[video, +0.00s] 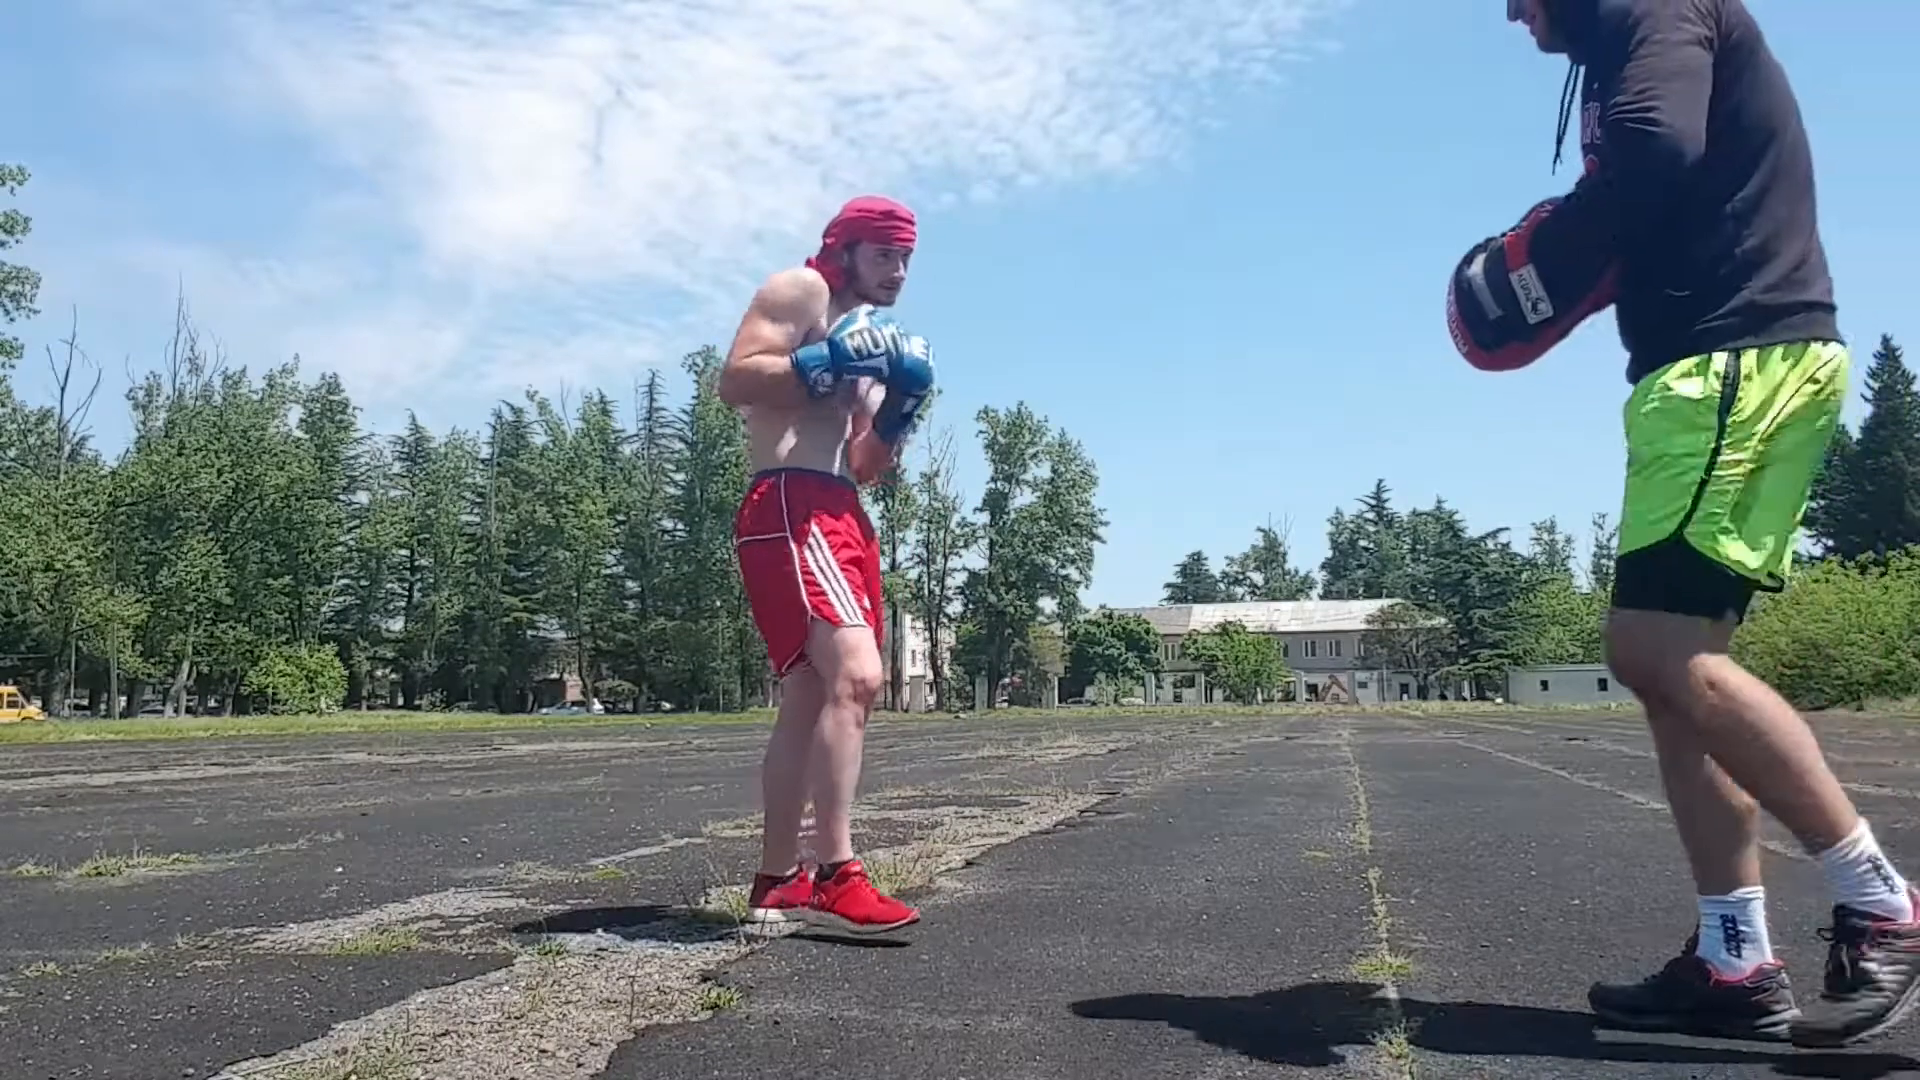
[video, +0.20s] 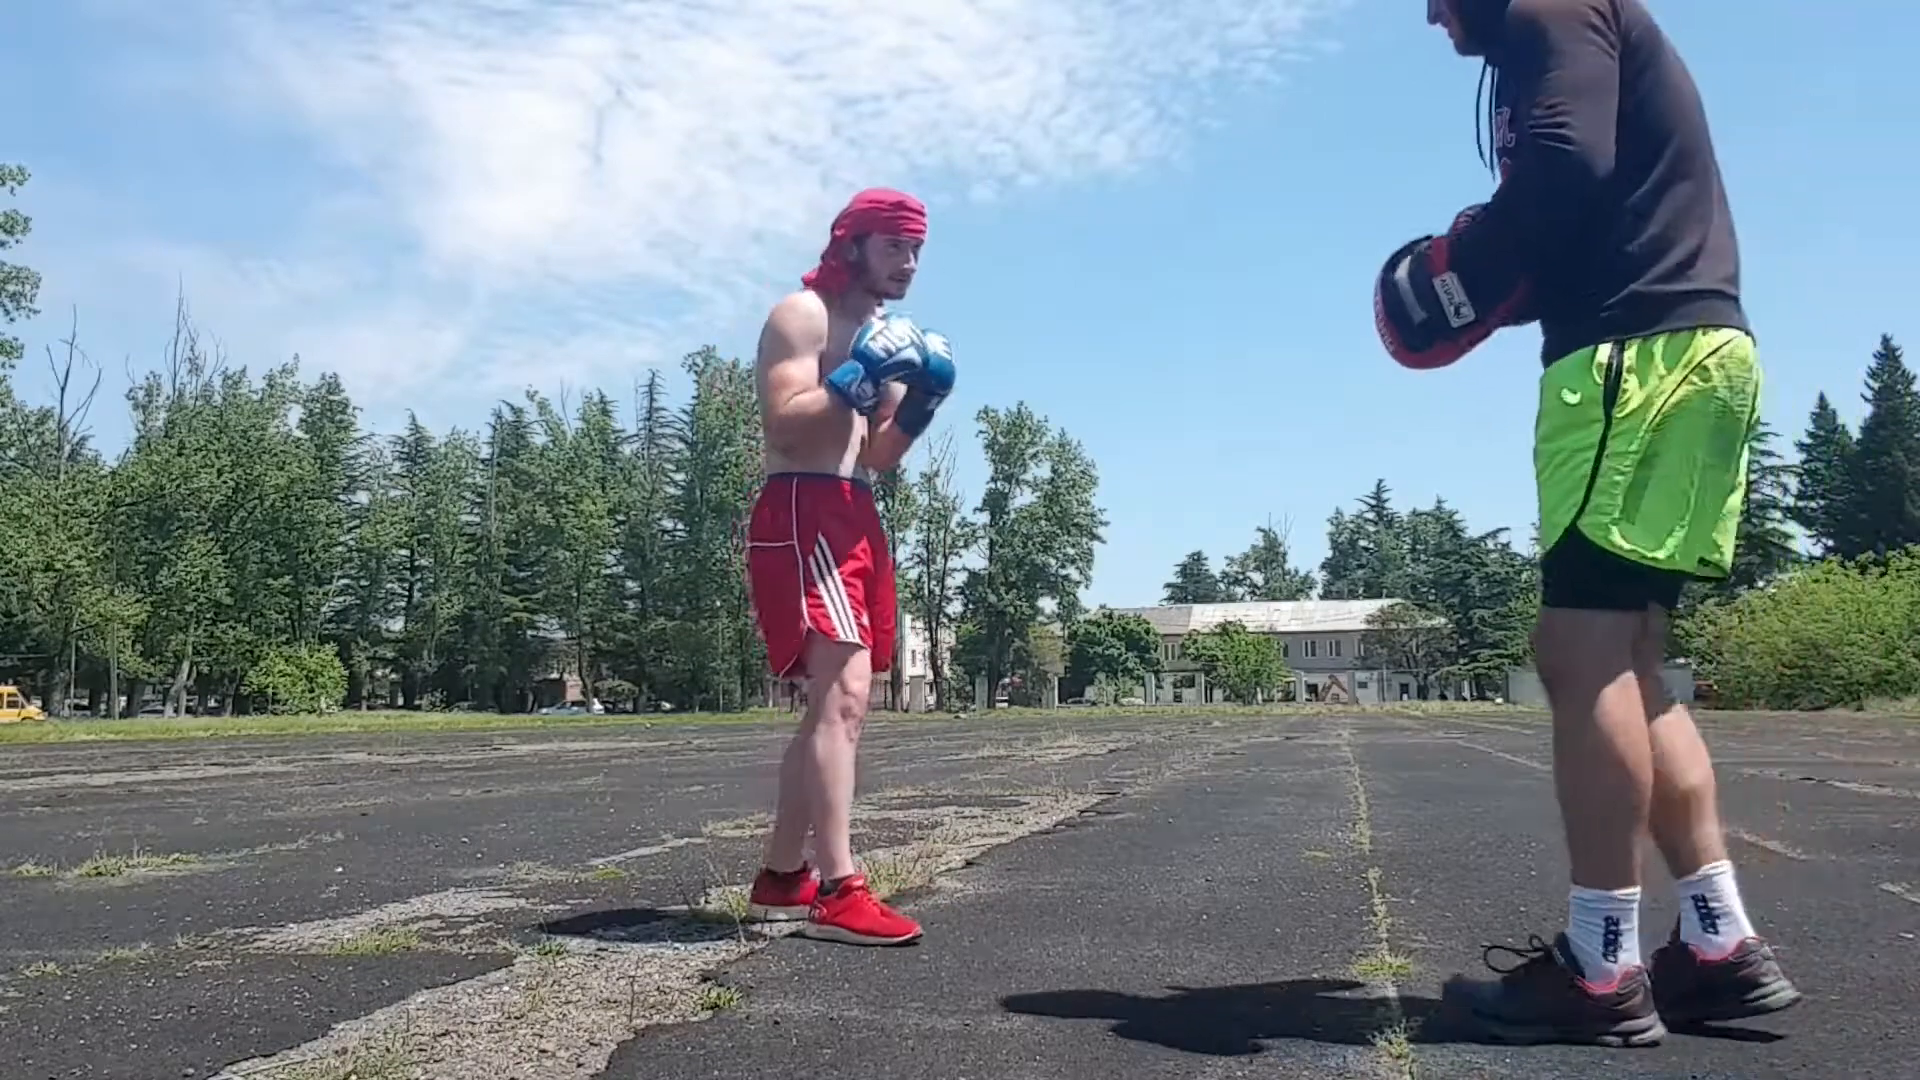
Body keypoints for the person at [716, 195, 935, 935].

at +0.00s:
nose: (899, 271)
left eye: (906, 259)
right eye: (886, 256)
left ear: (903, 264)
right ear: (842, 252)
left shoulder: (867, 339)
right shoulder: (801, 290)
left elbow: (864, 469)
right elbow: (733, 381)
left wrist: (897, 413)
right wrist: (827, 358)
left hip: (842, 517)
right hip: (792, 508)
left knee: (804, 701)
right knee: (855, 677)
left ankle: (778, 878)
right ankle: (835, 873)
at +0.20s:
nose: (908, 263)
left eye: (915, 252)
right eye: (896, 246)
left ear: (909, 260)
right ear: (850, 243)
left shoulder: (874, 334)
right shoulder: (801, 313)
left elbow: (878, 455)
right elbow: (784, 420)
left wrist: (921, 404)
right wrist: (863, 377)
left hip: (855, 514)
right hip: (804, 511)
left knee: (839, 699)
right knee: (844, 693)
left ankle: (783, 874)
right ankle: (839, 886)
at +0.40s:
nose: (927, 266)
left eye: (933, 254)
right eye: (915, 249)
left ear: (923, 263)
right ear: (868, 246)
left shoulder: (885, 337)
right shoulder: (821, 325)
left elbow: (909, 450)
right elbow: (856, 441)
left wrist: (949, 377)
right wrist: (904, 374)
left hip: (863, 520)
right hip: (813, 518)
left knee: (896, 688)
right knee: (842, 698)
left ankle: (812, 835)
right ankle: (839, 886)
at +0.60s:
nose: (948, 278)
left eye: (953, 267)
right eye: (936, 262)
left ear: (939, 273)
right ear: (890, 258)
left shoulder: (904, 334)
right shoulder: (843, 316)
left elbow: (921, 452)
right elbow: (856, 428)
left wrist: (965, 378)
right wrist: (916, 361)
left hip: (878, 524)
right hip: (831, 519)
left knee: (896, 699)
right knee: (865, 694)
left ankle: (859, 852)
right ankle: (838, 888)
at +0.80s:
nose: (955, 306)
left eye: (959, 294)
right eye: (942, 292)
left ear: (952, 299)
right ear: (903, 292)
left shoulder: (931, 359)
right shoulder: (872, 326)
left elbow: (928, 471)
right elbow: (805, 406)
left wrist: (968, 402)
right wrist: (889, 394)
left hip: (898, 532)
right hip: (851, 525)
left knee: (910, 701)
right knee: (885, 691)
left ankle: (855, 858)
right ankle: (849, 880)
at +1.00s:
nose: (958, 292)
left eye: (961, 281)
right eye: (947, 278)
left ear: (947, 287)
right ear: (906, 275)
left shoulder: (927, 347)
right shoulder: (866, 320)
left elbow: (948, 451)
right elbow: (840, 400)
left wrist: (979, 376)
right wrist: (915, 379)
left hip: (901, 526)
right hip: (852, 520)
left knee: (909, 690)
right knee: (893, 683)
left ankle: (855, 857)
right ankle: (854, 869)